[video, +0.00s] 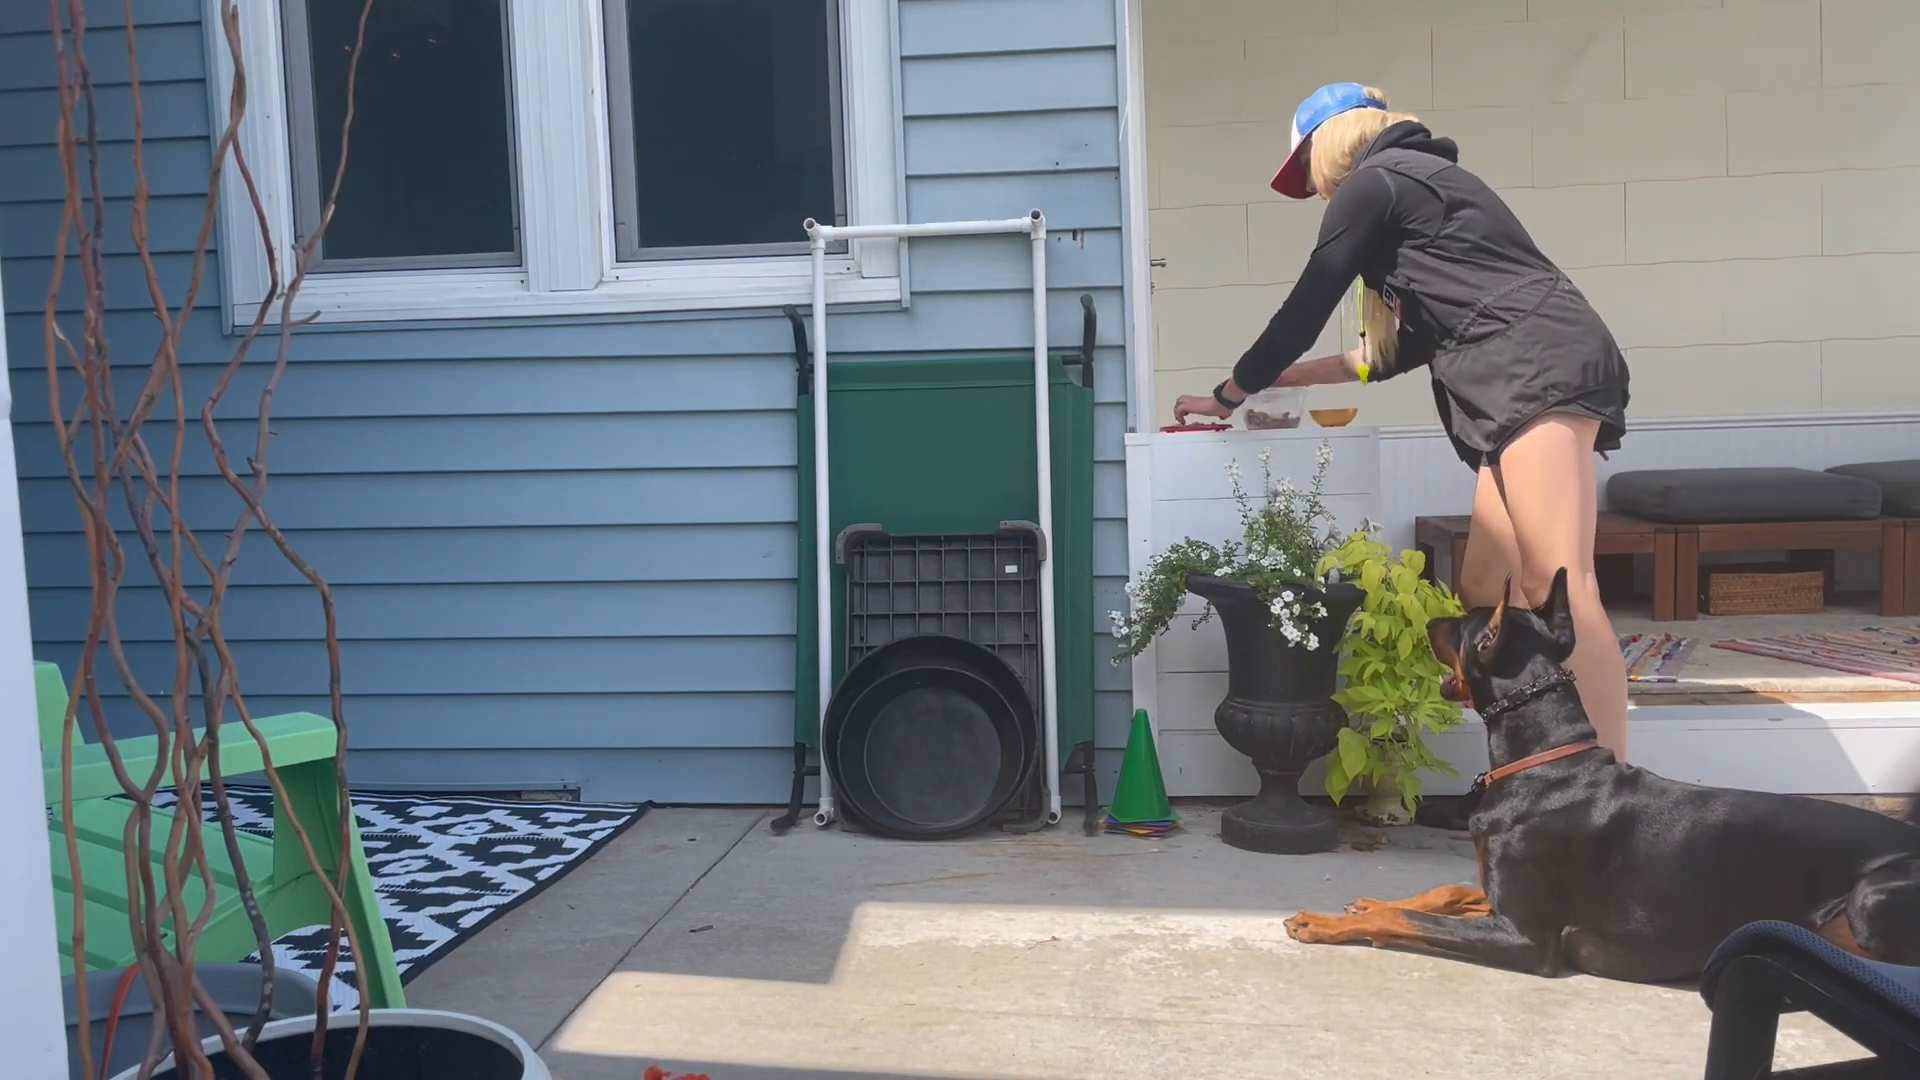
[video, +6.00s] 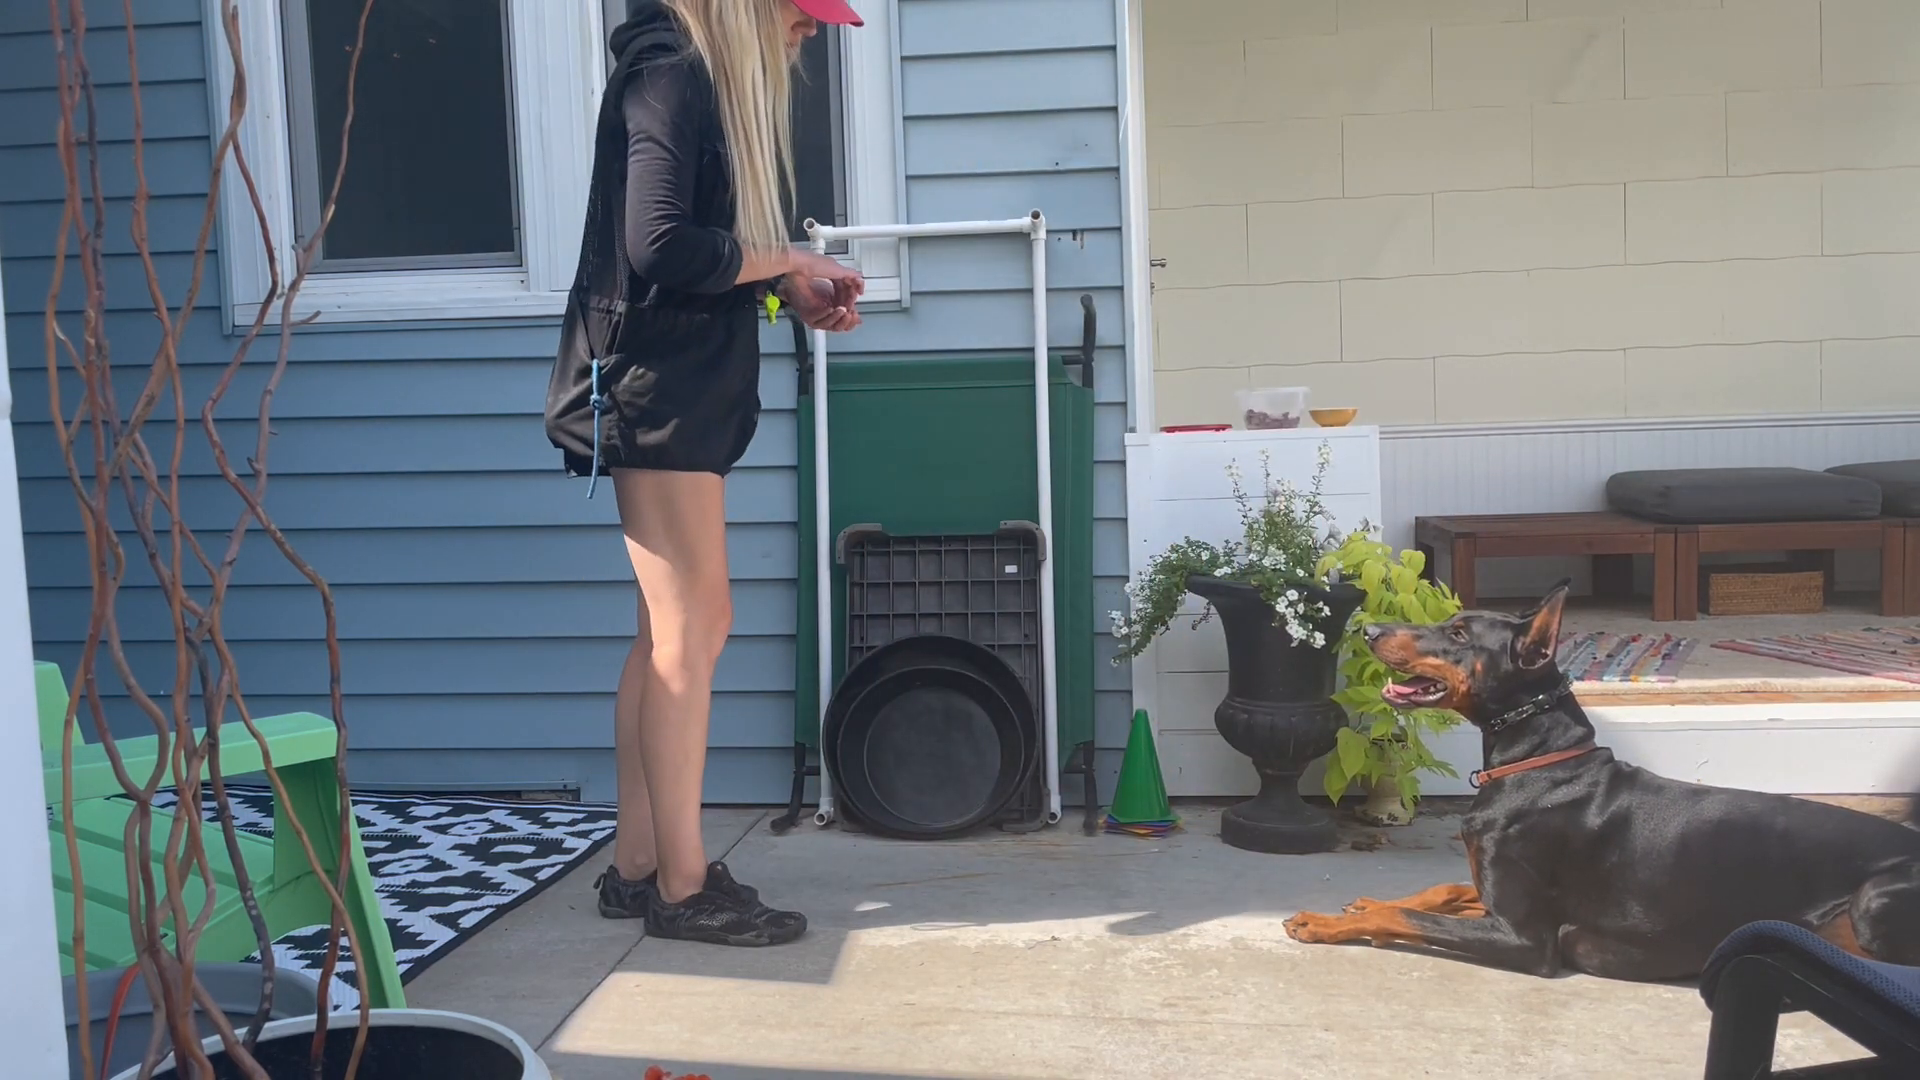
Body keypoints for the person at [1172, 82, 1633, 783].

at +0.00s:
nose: (1316, 185)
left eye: (1312, 164)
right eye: (1309, 172)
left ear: (1335, 140)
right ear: (1376, 133)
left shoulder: (1374, 182)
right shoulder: (1436, 181)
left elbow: (1307, 307)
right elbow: (1404, 349)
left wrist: (1226, 394)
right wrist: (1286, 377)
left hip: (1533, 362)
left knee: (1559, 587)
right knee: (1485, 589)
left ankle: (1609, 788)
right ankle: (1533, 779)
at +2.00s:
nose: (1364, 125)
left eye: (1362, 103)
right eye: (1349, 117)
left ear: (1390, 54)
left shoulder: (1494, 92)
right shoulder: (1426, 128)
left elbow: (1629, 208)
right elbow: (1479, 272)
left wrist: (1510, 316)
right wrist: (1436, 369)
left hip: (1560, 388)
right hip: (1484, 395)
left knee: (1533, 640)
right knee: (1489, 634)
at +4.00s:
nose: (883, 57)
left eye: (897, 38)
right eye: (863, 43)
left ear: (930, 18)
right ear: (838, 35)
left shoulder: (979, 102)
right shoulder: (835, 106)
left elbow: (1051, 263)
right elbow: (785, 275)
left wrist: (947, 267)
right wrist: (799, 272)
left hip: (951, 397)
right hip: (853, 396)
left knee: (879, 625)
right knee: (855, 634)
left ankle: (852, 868)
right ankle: (1025, 786)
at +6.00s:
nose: (807, 34)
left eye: (811, 22)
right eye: (801, 17)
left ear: (747, 6)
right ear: (751, 5)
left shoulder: (712, 67)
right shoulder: (672, 67)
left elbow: (716, 231)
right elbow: (658, 249)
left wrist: (793, 277)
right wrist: (778, 264)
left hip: (674, 372)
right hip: (657, 376)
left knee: (670, 628)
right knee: (696, 626)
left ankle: (639, 863)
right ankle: (684, 886)